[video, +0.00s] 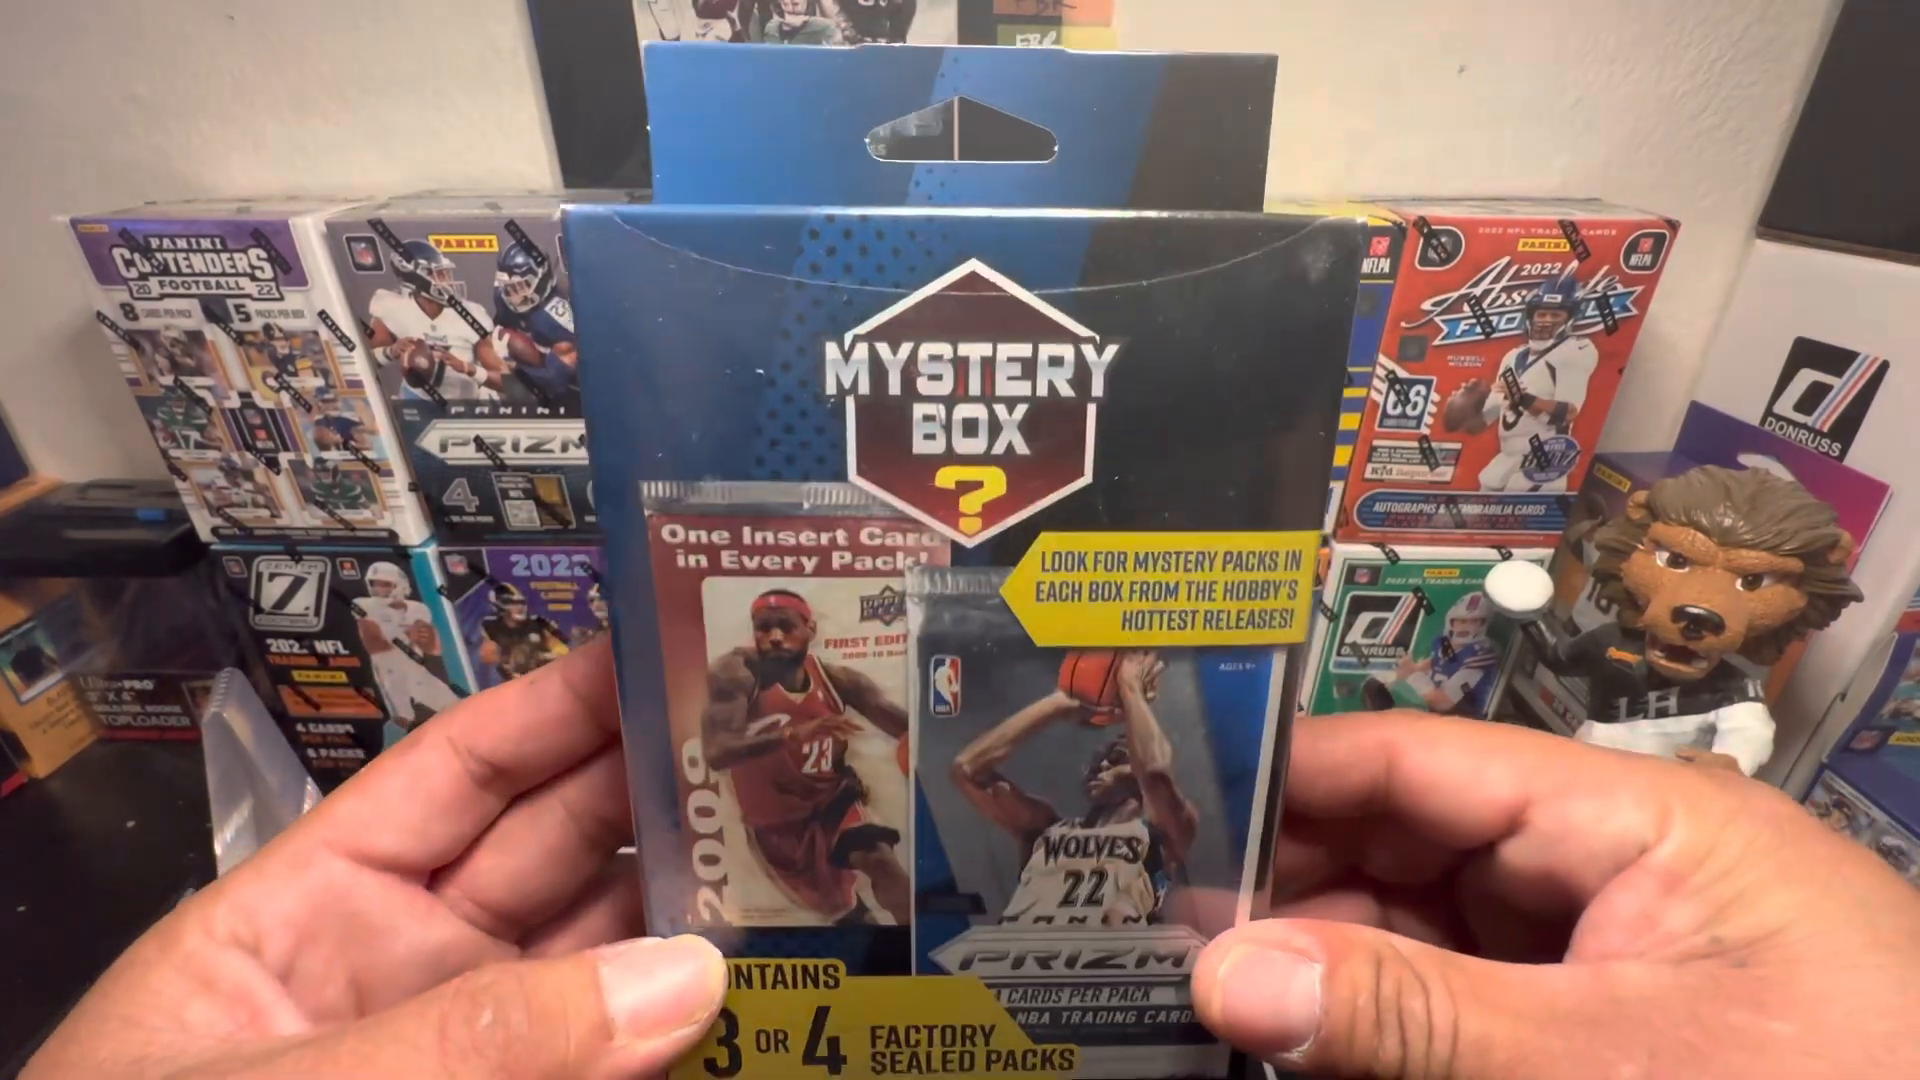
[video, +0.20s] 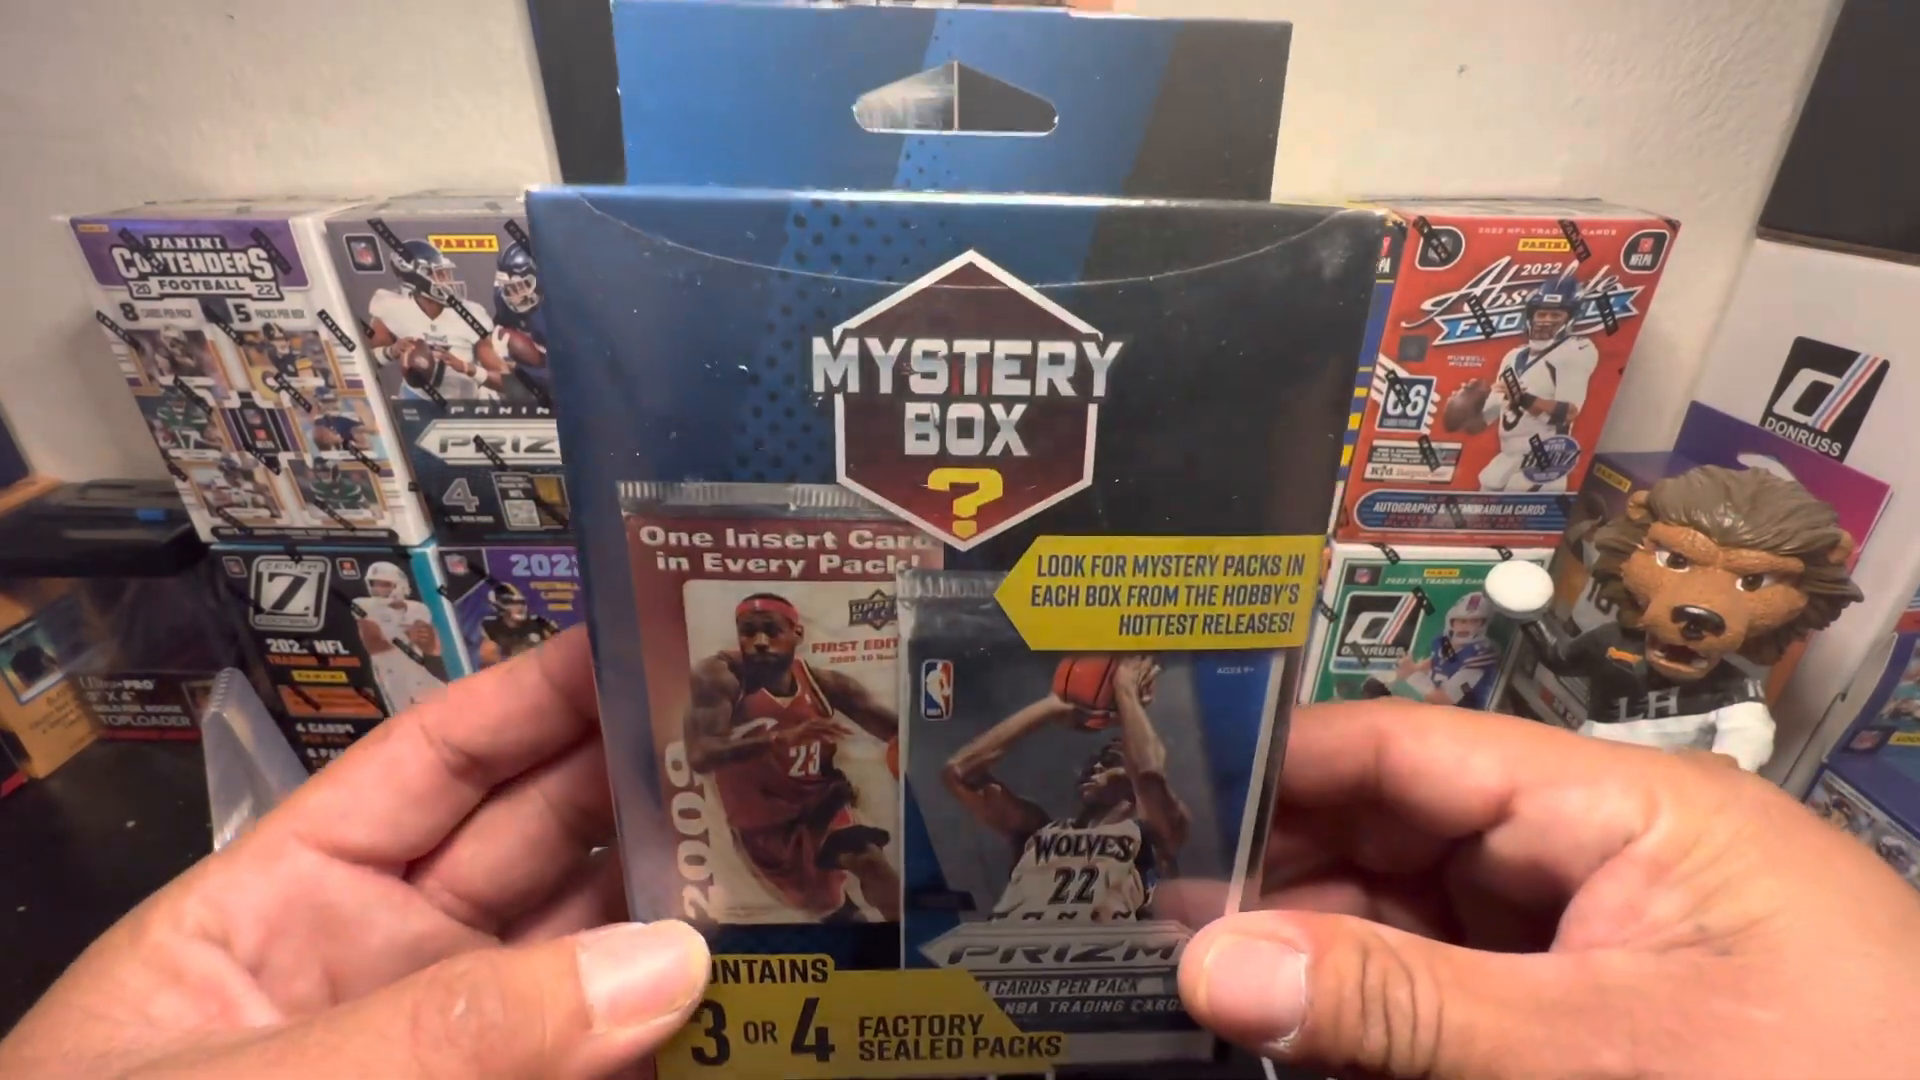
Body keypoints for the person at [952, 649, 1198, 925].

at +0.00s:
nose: (1100, 763)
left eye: (1118, 756)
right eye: (1100, 756)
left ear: (1141, 773)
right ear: (1088, 771)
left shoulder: (1162, 834)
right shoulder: (1044, 828)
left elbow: (1156, 771)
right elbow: (968, 770)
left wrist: (1131, 687)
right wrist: (1059, 703)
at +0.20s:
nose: (1094, 765)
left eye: (1111, 759)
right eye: (1094, 759)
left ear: (1135, 781)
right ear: (1082, 775)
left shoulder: (1151, 834)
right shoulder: (1038, 830)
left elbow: (1149, 773)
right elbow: (959, 773)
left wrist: (1125, 689)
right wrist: (1051, 707)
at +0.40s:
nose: (1085, 753)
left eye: (1103, 746)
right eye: (1087, 747)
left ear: (1128, 765)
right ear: (1075, 762)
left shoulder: (1142, 819)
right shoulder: (1030, 815)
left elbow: (1141, 760)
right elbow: (953, 759)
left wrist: (1119, 676)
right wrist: (1045, 694)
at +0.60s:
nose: (1083, 684)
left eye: (1100, 675)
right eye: (1081, 677)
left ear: (1124, 690)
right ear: (1072, 694)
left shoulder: (1143, 755)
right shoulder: (1034, 748)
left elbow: (1138, 688)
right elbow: (961, 682)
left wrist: (1115, 603)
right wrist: (1046, 614)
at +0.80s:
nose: (1087, 654)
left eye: (1104, 645)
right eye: (1085, 647)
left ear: (1128, 662)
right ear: (1077, 662)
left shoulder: (1149, 727)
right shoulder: (1039, 719)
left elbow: (1141, 661)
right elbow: (967, 651)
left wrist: (1118, 575)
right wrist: (1047, 586)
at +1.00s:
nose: (1091, 635)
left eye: (1110, 626)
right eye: (1090, 628)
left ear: (1134, 642)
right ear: (1081, 642)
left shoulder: (1158, 710)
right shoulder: (1042, 704)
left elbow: (1146, 642)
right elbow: (968, 636)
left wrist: (1120, 554)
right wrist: (1051, 568)